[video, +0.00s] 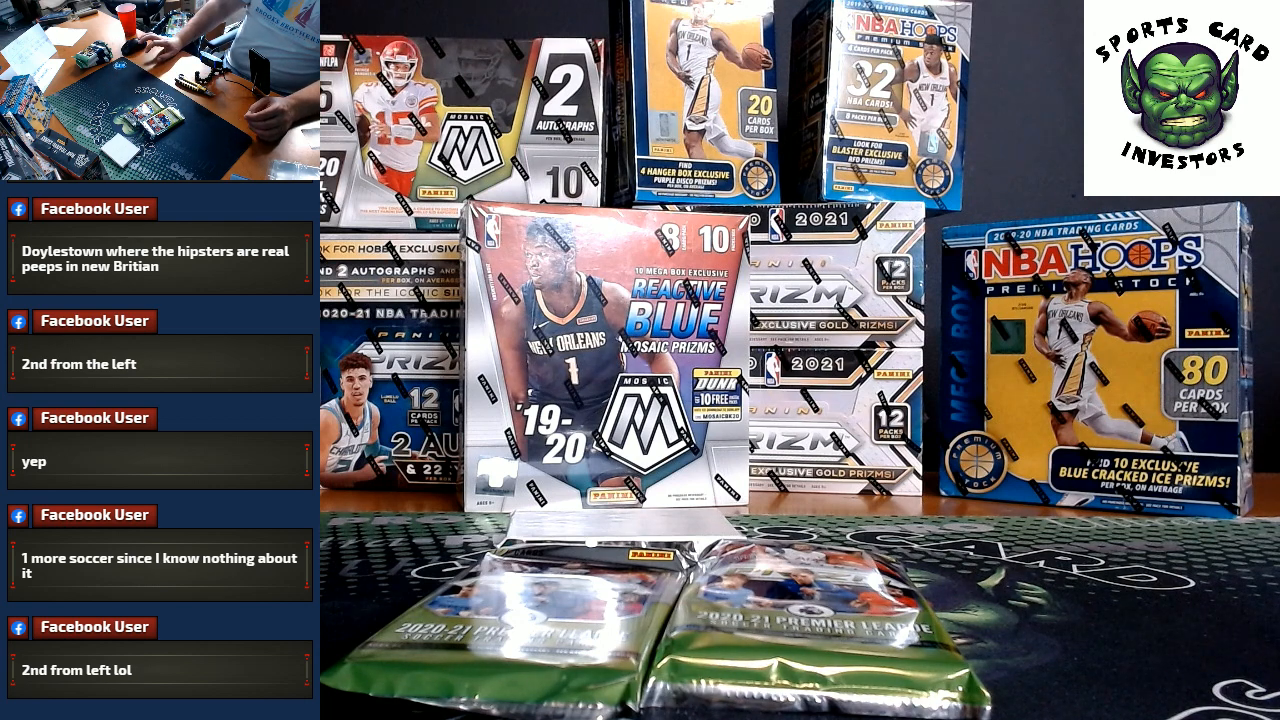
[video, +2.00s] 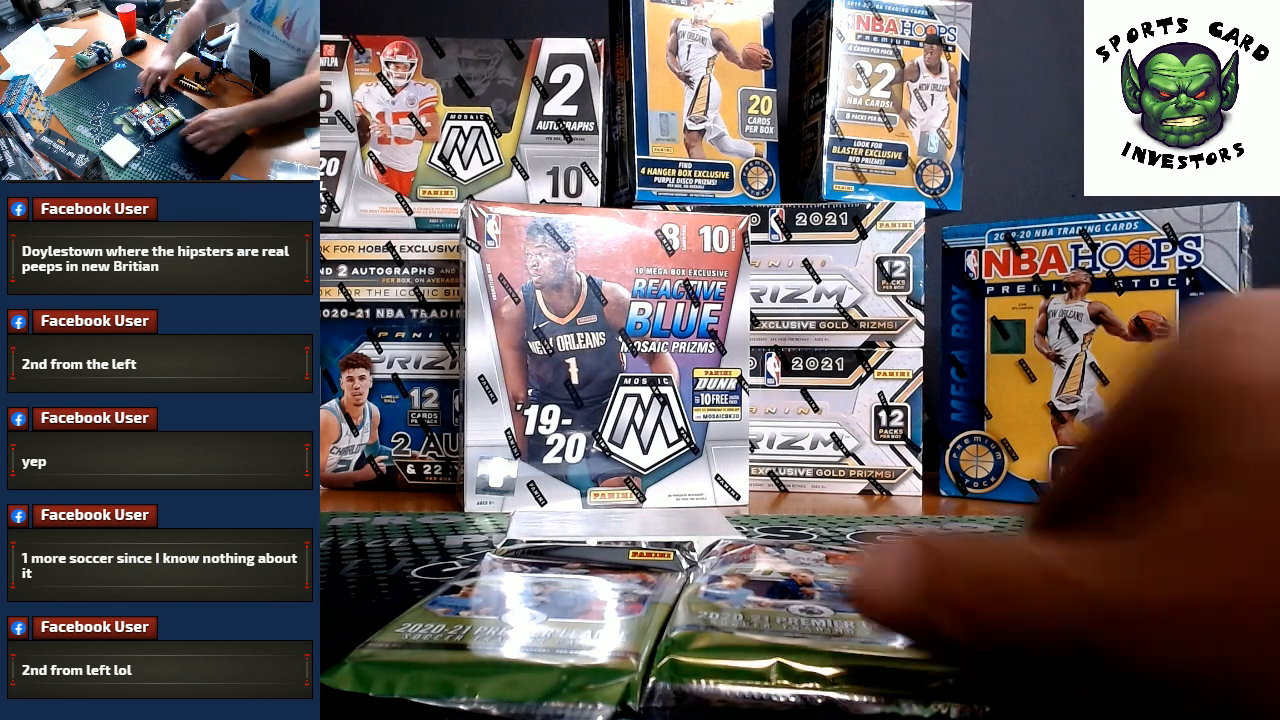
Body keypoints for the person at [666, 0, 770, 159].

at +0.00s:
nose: (697, 9)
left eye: (702, 6)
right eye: (695, 5)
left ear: (711, 12)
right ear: (691, 8)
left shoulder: (715, 34)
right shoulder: (678, 24)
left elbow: (740, 60)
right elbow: (670, 53)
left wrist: (765, 63)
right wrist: (678, 72)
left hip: (705, 87)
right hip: (692, 88)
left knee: (692, 141)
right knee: (725, 145)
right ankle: (767, 158)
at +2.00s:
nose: (697, 9)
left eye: (703, 6)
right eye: (695, 6)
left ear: (711, 12)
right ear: (692, 8)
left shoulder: (715, 34)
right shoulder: (678, 24)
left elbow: (740, 59)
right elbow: (670, 53)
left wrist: (764, 62)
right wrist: (678, 72)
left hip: (705, 87)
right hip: (692, 88)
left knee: (692, 141)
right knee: (725, 145)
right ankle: (766, 157)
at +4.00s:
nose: (697, 9)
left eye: (702, 6)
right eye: (695, 6)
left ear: (711, 11)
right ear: (691, 8)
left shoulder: (715, 34)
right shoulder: (678, 24)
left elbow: (739, 59)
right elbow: (670, 54)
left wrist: (764, 62)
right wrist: (678, 72)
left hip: (705, 87)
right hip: (692, 88)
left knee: (692, 141)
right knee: (725, 145)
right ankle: (764, 157)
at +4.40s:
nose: (697, 9)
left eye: (702, 6)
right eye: (695, 6)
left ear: (709, 12)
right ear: (691, 8)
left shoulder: (715, 34)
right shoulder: (678, 24)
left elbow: (739, 59)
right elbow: (670, 54)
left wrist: (764, 63)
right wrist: (678, 72)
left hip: (705, 87)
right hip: (692, 88)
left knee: (692, 141)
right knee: (725, 145)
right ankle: (765, 156)